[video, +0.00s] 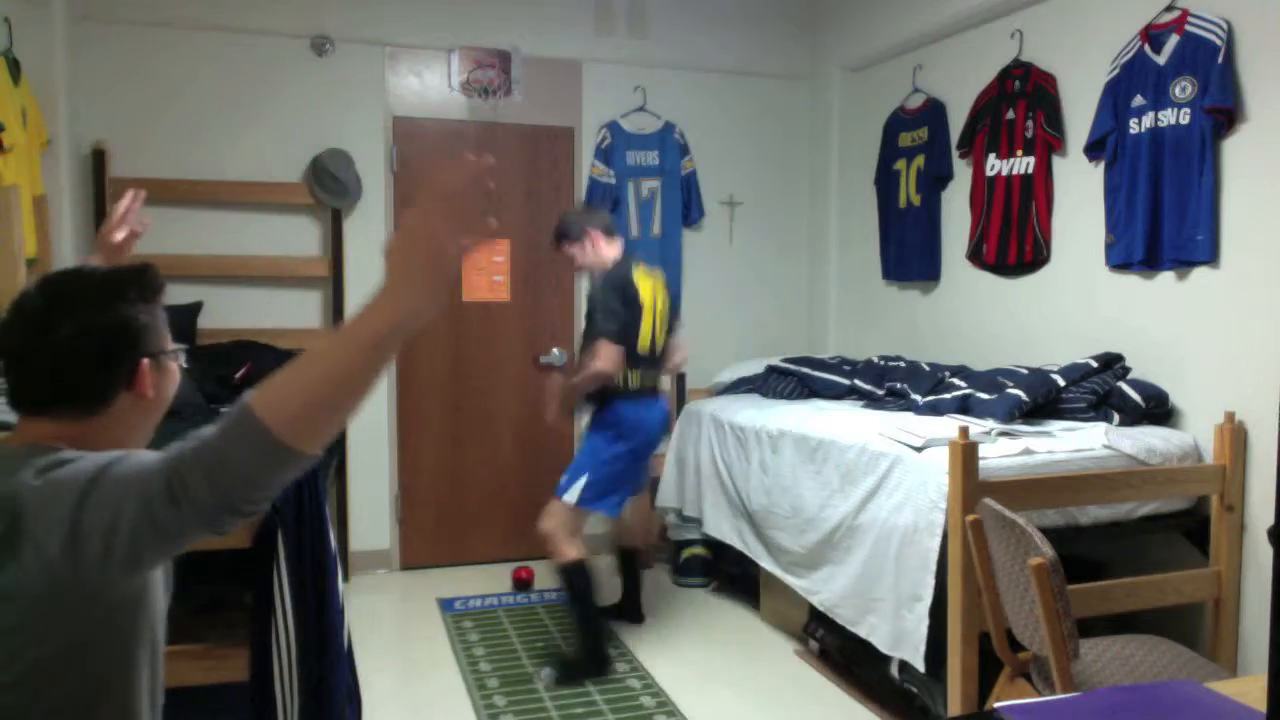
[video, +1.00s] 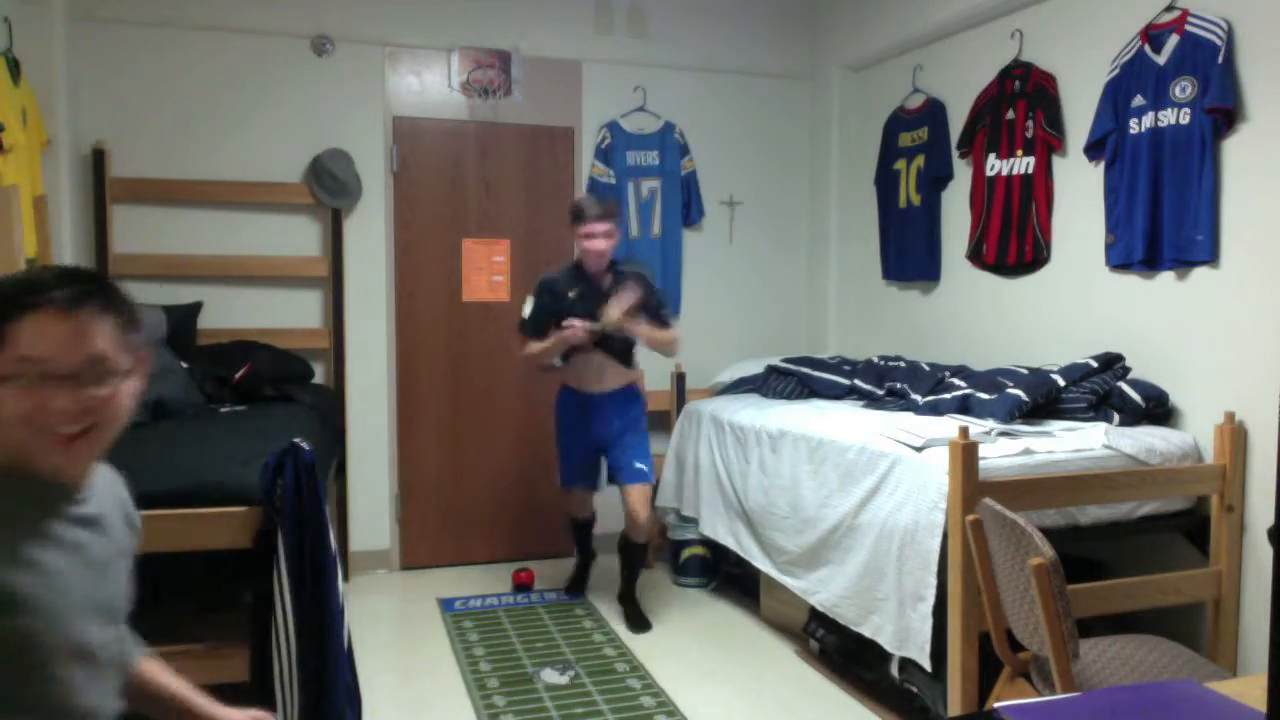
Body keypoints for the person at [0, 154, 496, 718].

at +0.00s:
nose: (180, 370)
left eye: (175, 353)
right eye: (174, 356)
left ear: (25, 365)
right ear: (142, 381)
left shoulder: (21, 475)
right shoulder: (77, 502)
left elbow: (44, 367)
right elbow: (226, 469)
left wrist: (93, 279)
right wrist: (402, 302)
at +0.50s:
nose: (175, 367)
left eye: (169, 349)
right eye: (169, 351)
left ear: (29, 366)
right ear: (138, 376)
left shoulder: (17, 477)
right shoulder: (86, 503)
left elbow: (44, 371)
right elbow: (254, 482)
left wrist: (73, 283)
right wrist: (379, 313)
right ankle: (318, 702)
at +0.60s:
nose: (181, 370)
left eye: (177, 354)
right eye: (171, 355)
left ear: (40, 368)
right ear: (133, 375)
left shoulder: (22, 483)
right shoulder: (92, 513)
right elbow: (249, 602)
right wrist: (345, 416)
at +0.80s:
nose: (137, 386)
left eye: (148, 359)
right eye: (101, 365)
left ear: (169, 361)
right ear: (16, 377)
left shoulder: (99, 480)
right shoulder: (16, 513)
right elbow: (26, 709)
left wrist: (204, 646)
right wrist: (239, 679)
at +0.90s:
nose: (101, 394)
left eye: (123, 366)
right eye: (67, 372)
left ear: (159, 368)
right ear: (9, 380)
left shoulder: (111, 482)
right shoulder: (10, 511)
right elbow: (6, 694)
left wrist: (172, 706)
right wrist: (74, 706)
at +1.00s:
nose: (66, 404)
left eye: (95, 375)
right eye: (32, 378)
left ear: (139, 374)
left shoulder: (108, 494)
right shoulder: (10, 512)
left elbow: (104, 640)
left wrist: (212, 711)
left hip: (101, 710)